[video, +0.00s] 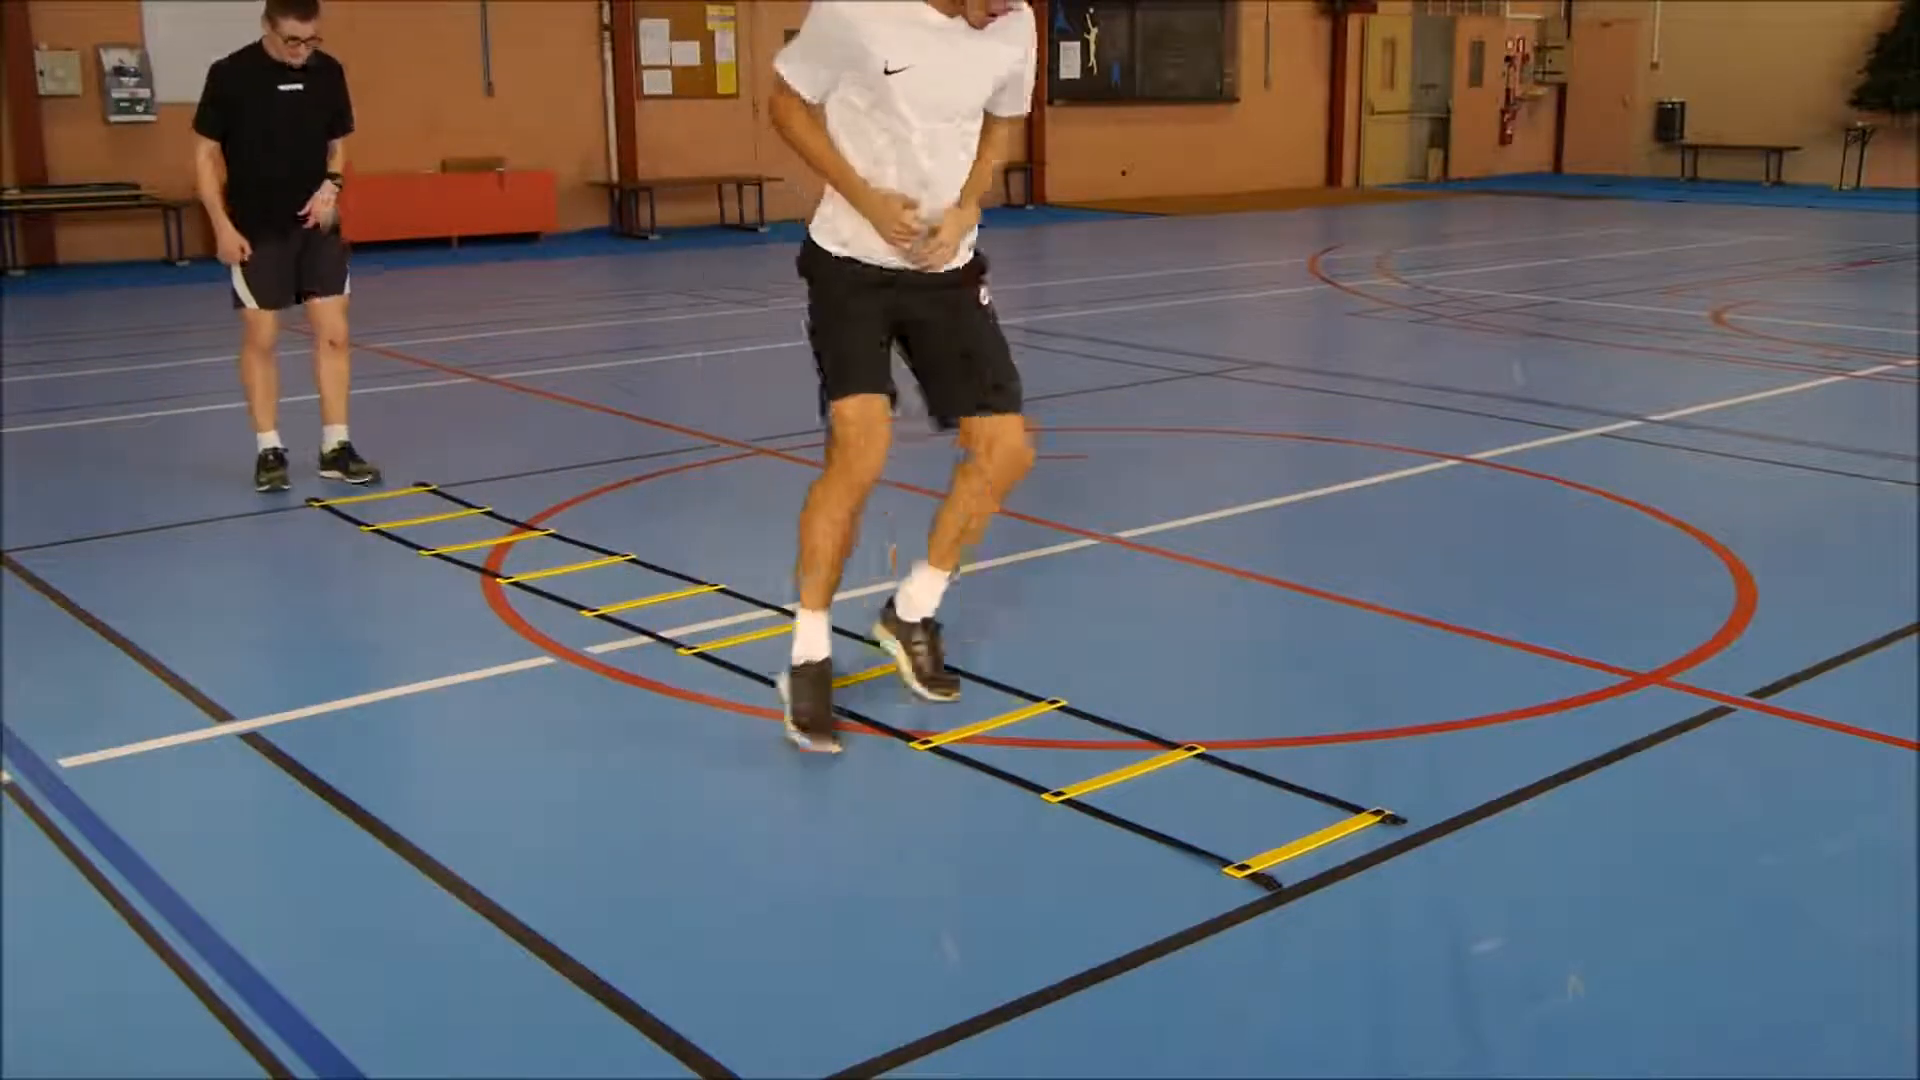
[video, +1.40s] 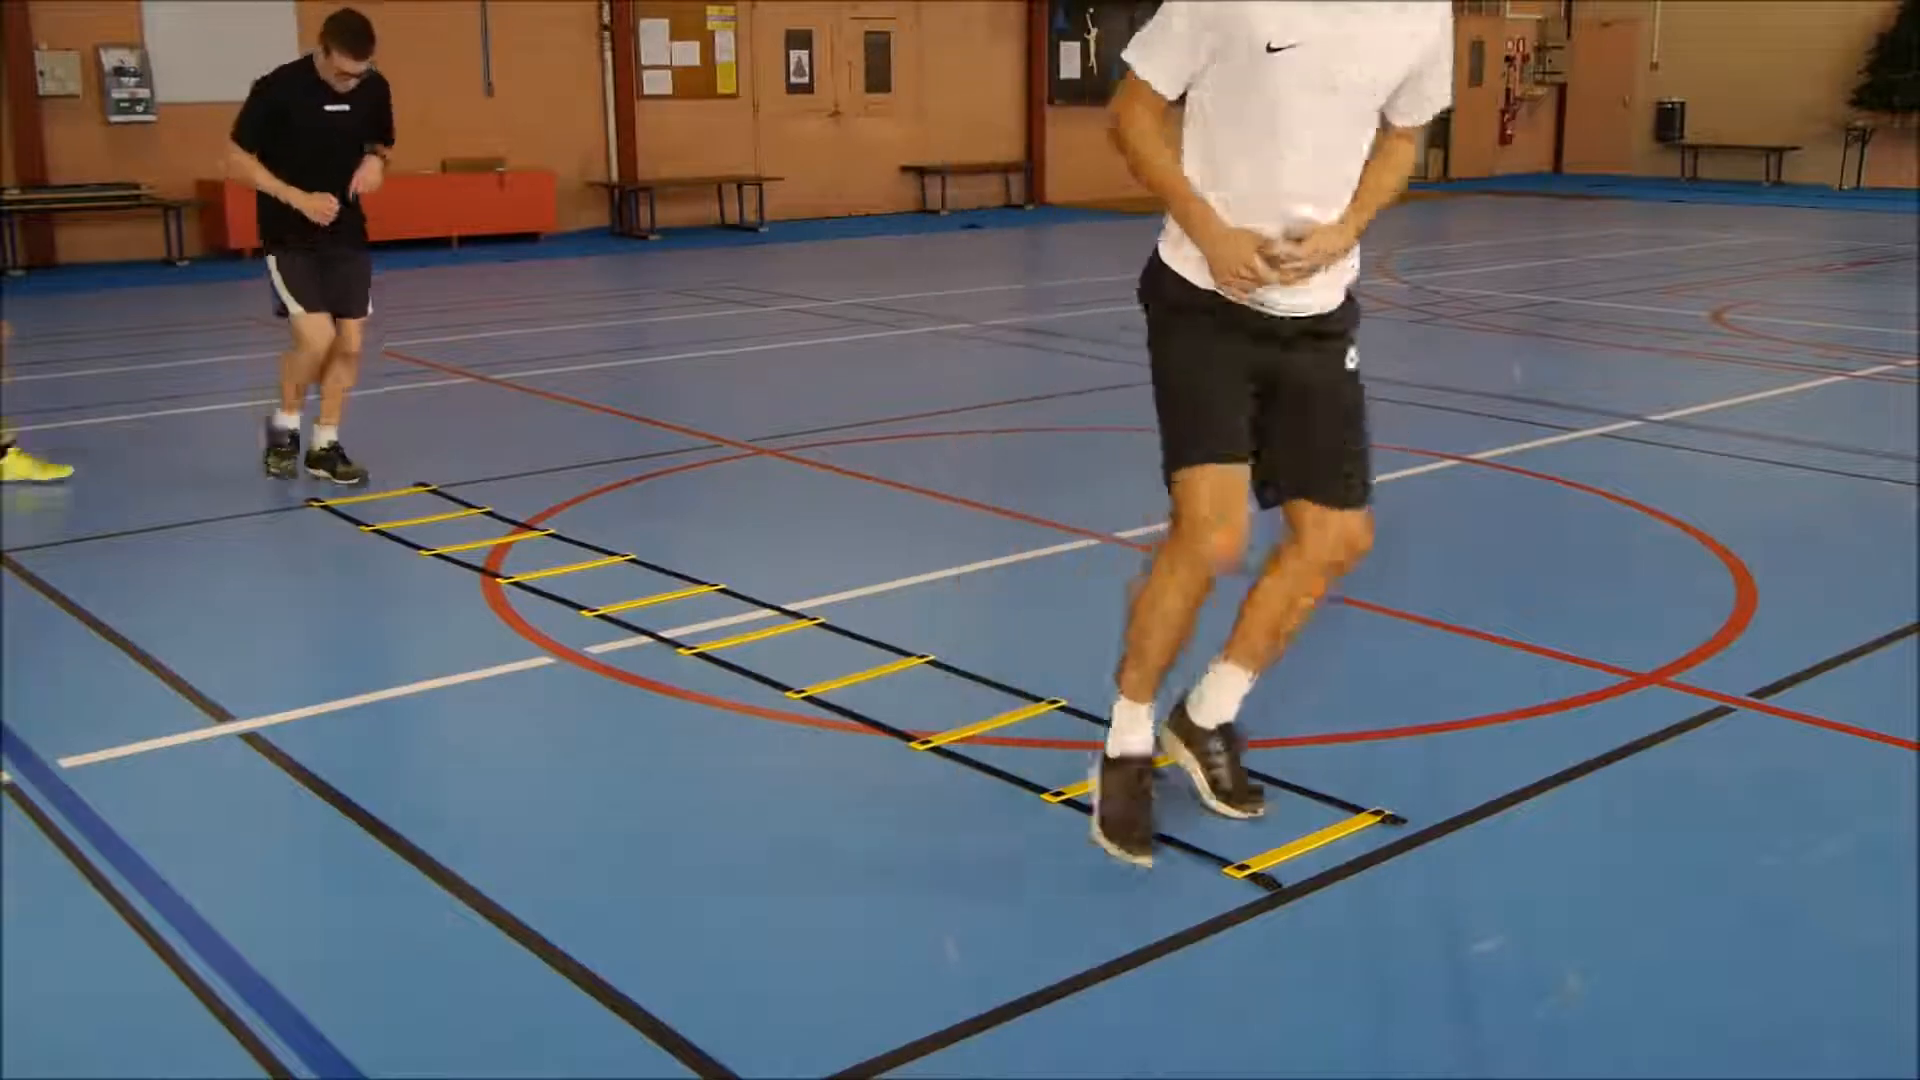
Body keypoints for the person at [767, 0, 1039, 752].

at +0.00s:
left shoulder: (1015, 27)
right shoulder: (853, 14)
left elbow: (1002, 123)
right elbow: (785, 103)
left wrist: (968, 205)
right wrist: (864, 196)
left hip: (947, 270)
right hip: (849, 263)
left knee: (1005, 448)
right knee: (860, 446)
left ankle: (913, 609)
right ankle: (810, 652)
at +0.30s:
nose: (1082, 5)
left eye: (1088, 0)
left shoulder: (1101, 36)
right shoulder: (927, 19)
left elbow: (1103, 144)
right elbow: (860, 108)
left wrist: (1068, 215)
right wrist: (922, 190)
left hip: (1042, 289)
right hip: (937, 284)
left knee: (1091, 482)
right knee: (938, 472)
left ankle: (1044, 636)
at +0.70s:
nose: (1168, 1)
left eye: (1176, 0)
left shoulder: (1190, 20)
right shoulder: (1017, 11)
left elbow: (1172, 132)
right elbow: (943, 121)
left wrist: (1128, 228)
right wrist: (1040, 213)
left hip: (1111, 296)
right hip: (1002, 286)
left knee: (1167, 486)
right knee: (997, 499)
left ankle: (1054, 648)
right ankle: (925, 709)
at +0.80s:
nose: (1196, 4)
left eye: (1201, 2)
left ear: (1199, 0)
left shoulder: (1197, 23)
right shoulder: (1042, 18)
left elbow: (1169, 136)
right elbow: (955, 135)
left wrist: (1144, 229)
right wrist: (1069, 233)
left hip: (1126, 300)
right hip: (1024, 305)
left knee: (1240, 457)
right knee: (989, 523)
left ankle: (1114, 616)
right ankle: (907, 719)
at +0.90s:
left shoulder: (1253, 17)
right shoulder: (1085, 11)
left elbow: (1224, 120)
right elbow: (999, 120)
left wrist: (1194, 215)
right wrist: (1088, 228)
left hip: (1173, 281)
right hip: (1060, 285)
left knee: (1266, 462)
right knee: (1042, 509)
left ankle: (1211, 657)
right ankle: (954, 695)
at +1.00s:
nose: (1266, 3)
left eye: (1276, 2)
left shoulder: (1293, 22)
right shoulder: (1106, 13)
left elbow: (1277, 133)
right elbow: (1026, 113)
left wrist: (1235, 220)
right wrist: (1094, 217)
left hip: (1209, 300)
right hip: (1096, 295)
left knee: (1261, 500)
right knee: (1085, 500)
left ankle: (1218, 675)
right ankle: (1050, 674)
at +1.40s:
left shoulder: (1425, 13)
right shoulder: (1220, 8)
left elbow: (1402, 135)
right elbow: (1135, 109)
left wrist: (1350, 224)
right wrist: (1204, 227)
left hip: (1319, 308)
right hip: (1201, 296)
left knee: (1335, 536)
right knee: (1212, 533)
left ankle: (1207, 715)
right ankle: (1127, 743)